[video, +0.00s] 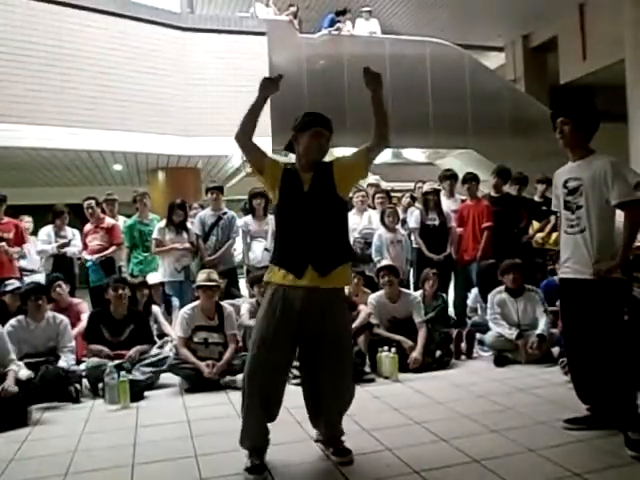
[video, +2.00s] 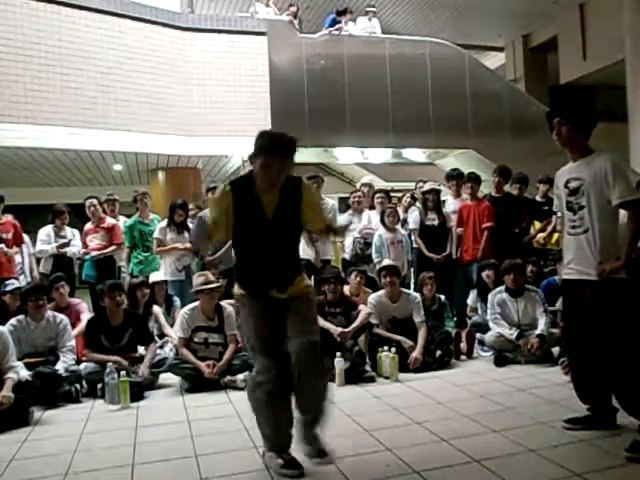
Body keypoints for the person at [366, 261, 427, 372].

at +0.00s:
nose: (387, 279)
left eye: (390, 275)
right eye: (383, 277)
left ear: (398, 278)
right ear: (379, 281)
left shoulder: (413, 298)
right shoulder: (374, 300)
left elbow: (422, 327)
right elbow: (375, 328)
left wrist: (418, 352)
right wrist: (401, 340)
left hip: (408, 331)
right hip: (386, 333)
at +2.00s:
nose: (389, 280)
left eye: (392, 276)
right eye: (385, 277)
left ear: (399, 278)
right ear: (380, 280)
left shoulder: (413, 298)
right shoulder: (374, 299)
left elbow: (422, 326)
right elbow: (374, 328)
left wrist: (418, 351)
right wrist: (401, 339)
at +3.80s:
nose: (393, 282)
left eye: (397, 278)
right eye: (389, 278)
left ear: (403, 281)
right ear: (384, 282)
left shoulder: (417, 301)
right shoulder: (378, 302)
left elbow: (426, 329)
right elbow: (378, 331)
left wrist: (422, 354)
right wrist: (405, 342)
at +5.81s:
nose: (392, 283)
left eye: (396, 279)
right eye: (389, 280)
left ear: (403, 281)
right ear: (385, 283)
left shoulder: (418, 300)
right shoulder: (378, 302)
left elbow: (426, 329)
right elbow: (379, 330)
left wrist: (422, 354)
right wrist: (405, 342)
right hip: (391, 337)